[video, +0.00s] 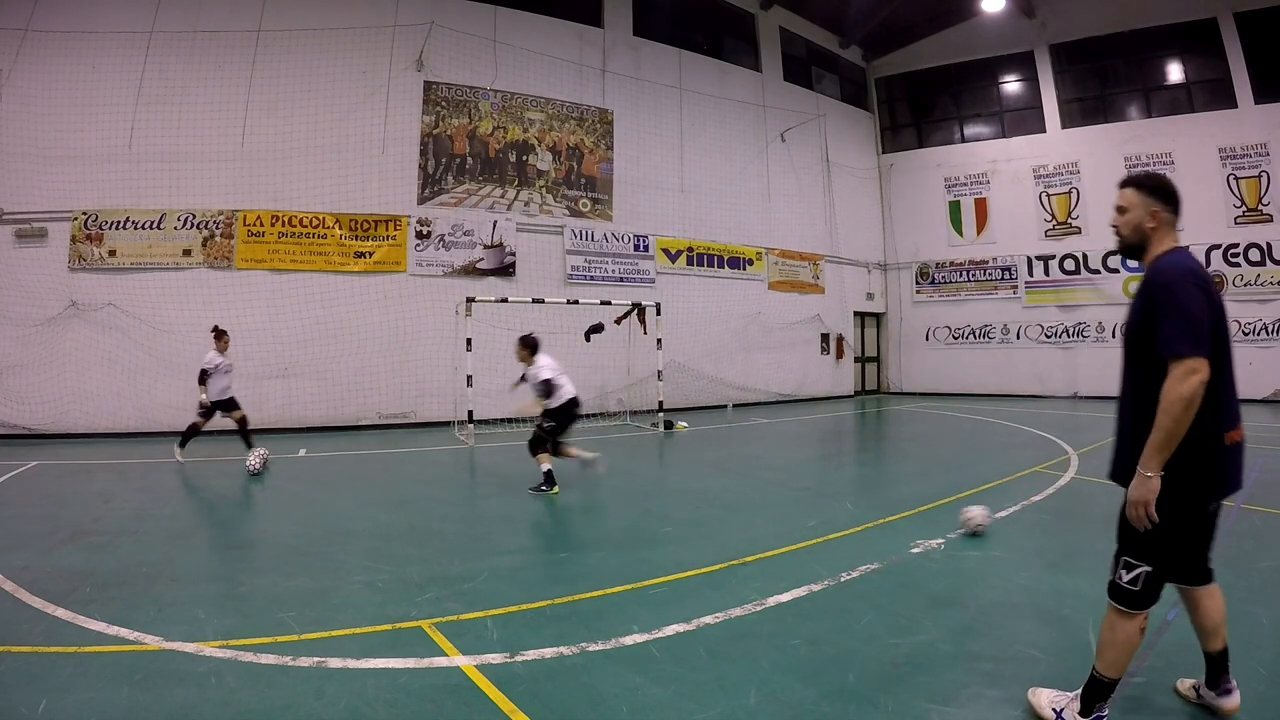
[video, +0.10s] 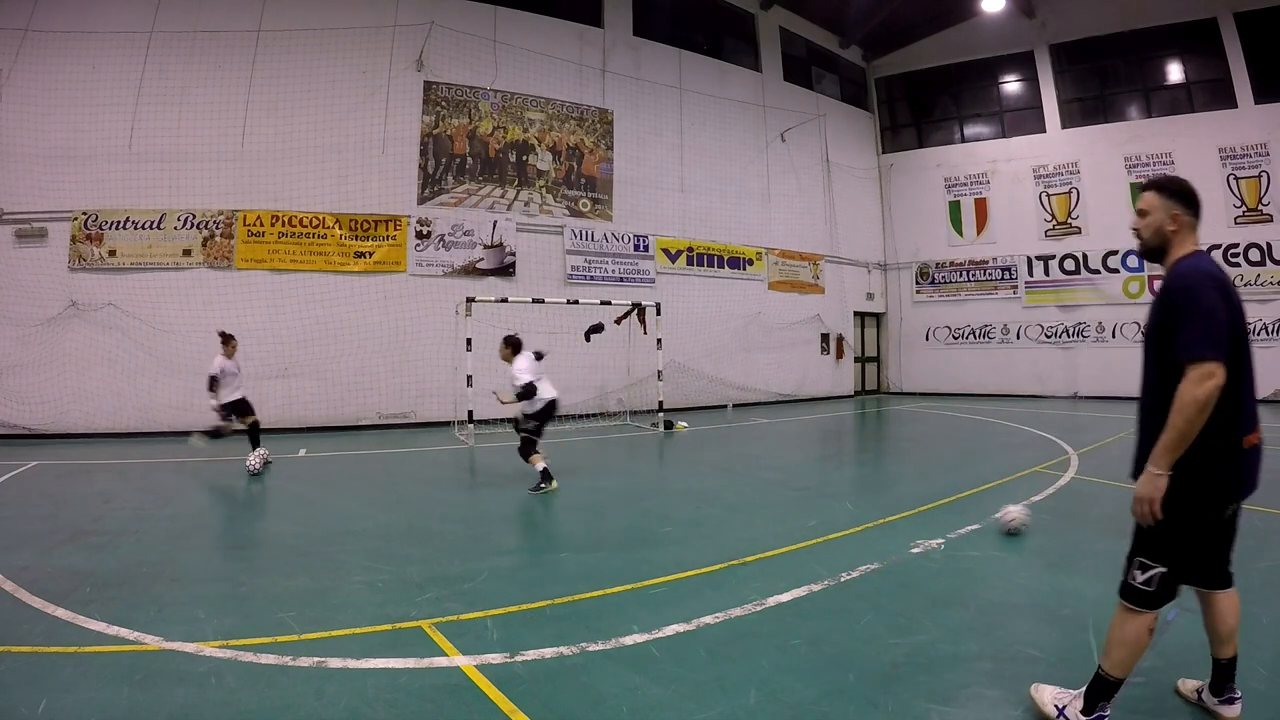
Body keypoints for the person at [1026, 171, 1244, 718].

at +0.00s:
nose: (1114, 221)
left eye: (1123, 211)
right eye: (1115, 211)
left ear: (1157, 216)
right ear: (1158, 219)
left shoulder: (1170, 279)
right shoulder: (1181, 274)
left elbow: (1190, 375)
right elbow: (1192, 378)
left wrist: (1149, 469)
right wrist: (1152, 462)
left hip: (1168, 473)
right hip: (1197, 467)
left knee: (1128, 595)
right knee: (1194, 576)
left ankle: (1089, 706)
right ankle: (1219, 686)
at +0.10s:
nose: (1134, 223)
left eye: (1143, 213)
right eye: (1136, 214)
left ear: (1178, 220)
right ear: (1176, 223)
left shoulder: (1191, 281)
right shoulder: (1203, 276)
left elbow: (1206, 378)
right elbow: (1215, 380)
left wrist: (1157, 467)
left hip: (1189, 473)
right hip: (1218, 467)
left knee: (1139, 593)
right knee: (1214, 579)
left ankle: (1091, 705)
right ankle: (1223, 691)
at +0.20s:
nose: (1153, 226)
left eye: (1162, 215)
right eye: (1154, 216)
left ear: (1197, 219)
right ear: (1195, 222)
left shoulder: (1209, 281)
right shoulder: (1221, 275)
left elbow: (1224, 376)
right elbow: (1233, 377)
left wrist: (1177, 465)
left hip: (1206, 469)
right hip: (1235, 466)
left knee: (1156, 592)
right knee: (1227, 581)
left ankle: (1097, 702)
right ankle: (1226, 691)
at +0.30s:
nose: (1168, 223)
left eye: (1177, 212)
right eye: (1169, 213)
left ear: (1211, 216)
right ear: (1212, 219)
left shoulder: (1221, 279)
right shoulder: (1237, 274)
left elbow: (1236, 372)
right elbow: (1246, 373)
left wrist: (1198, 462)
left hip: (1215, 466)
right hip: (1248, 463)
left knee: (1163, 585)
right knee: (1241, 581)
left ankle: (1126, 703)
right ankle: (1227, 692)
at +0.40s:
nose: (1176, 220)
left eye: (1185, 209)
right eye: (1179, 210)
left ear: (1219, 215)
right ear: (1224, 217)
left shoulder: (1229, 275)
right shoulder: (1249, 271)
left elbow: (1243, 370)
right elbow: (1251, 373)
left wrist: (1211, 461)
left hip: (1220, 467)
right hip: (1257, 464)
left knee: (1173, 586)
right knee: (1250, 582)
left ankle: (1140, 705)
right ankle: (1228, 693)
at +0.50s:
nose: (1183, 220)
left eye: (1192, 209)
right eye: (1186, 210)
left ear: (1223, 215)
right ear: (1230, 216)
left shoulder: (1231, 274)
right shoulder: (1254, 270)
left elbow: (1242, 368)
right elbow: (1255, 372)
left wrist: (1215, 461)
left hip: (1225, 466)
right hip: (1261, 462)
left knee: (1181, 590)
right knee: (1256, 583)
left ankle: (1140, 706)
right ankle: (1230, 693)